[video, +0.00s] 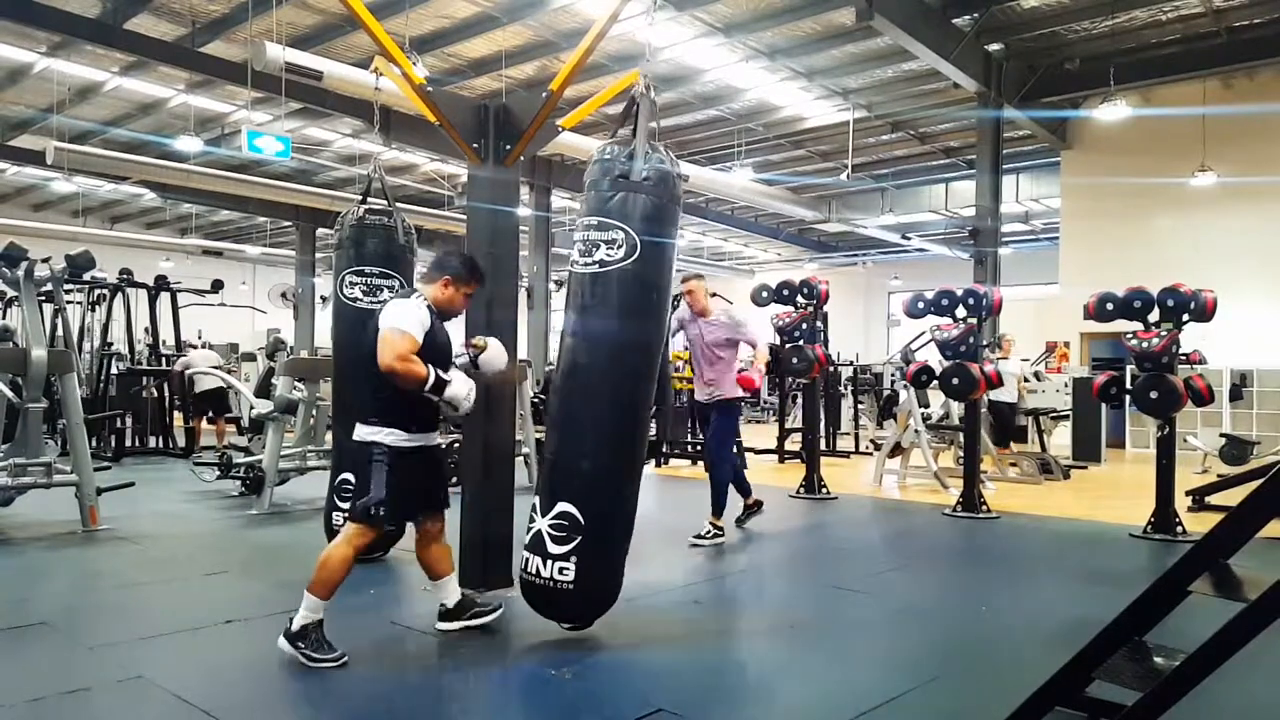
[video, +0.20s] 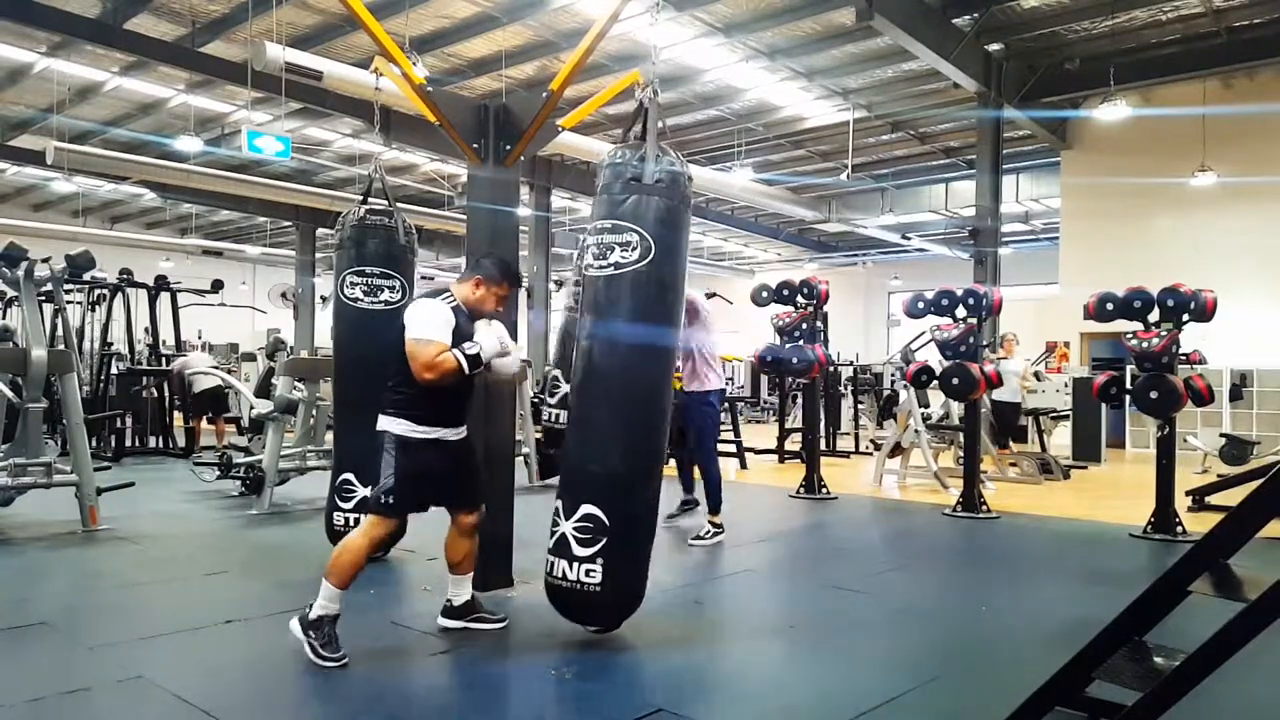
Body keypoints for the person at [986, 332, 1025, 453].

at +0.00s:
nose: (1010, 344)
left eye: (1012, 341)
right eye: (1007, 341)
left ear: (1014, 344)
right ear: (1000, 344)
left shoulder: (1016, 361)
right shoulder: (993, 360)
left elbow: (1020, 381)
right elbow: (986, 376)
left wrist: (1022, 390)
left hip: (1012, 397)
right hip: (996, 397)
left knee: (1009, 425)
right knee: (1006, 423)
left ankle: (1003, 448)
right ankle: (1003, 447)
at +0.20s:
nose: (1010, 343)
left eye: (1012, 340)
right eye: (1007, 341)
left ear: (1016, 343)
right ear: (1002, 344)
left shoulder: (1020, 361)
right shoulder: (997, 360)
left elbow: (1027, 378)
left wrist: (1026, 383)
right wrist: (997, 359)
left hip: (1015, 397)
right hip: (999, 396)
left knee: (1012, 425)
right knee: (1002, 425)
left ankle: (1006, 445)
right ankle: (1002, 447)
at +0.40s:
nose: (1012, 343)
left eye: (1015, 340)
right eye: (1009, 340)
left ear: (1019, 343)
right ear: (1004, 343)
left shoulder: (1025, 362)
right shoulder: (998, 359)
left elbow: (1031, 381)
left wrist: (1025, 385)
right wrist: (996, 357)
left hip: (1017, 400)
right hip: (1000, 398)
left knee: (1015, 436)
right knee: (1002, 435)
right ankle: (1003, 466)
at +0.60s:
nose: (1015, 343)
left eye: (1018, 340)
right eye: (1012, 340)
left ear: (1021, 343)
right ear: (1007, 343)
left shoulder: (1027, 361)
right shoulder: (1000, 359)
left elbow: (1032, 382)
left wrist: (1027, 386)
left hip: (1019, 401)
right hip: (1002, 400)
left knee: (1025, 436)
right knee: (1003, 439)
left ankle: (1017, 457)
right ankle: (1005, 471)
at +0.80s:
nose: (1019, 344)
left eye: (1022, 341)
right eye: (1016, 341)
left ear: (1026, 343)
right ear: (1011, 343)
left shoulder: (1031, 362)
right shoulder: (1005, 359)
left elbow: (1036, 383)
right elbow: (1000, 364)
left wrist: (1030, 388)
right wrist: (1000, 360)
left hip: (1024, 401)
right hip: (1007, 400)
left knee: (1031, 437)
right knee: (1007, 437)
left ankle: (1027, 469)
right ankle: (1005, 469)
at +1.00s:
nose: (1024, 343)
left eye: (1027, 341)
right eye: (1021, 341)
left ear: (1031, 344)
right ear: (1016, 343)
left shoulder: (1035, 362)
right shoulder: (1010, 359)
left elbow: (1041, 381)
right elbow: (1000, 373)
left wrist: (1036, 387)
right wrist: (1005, 365)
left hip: (1030, 401)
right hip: (1013, 400)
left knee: (1032, 437)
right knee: (1012, 436)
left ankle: (1028, 468)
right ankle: (1006, 468)